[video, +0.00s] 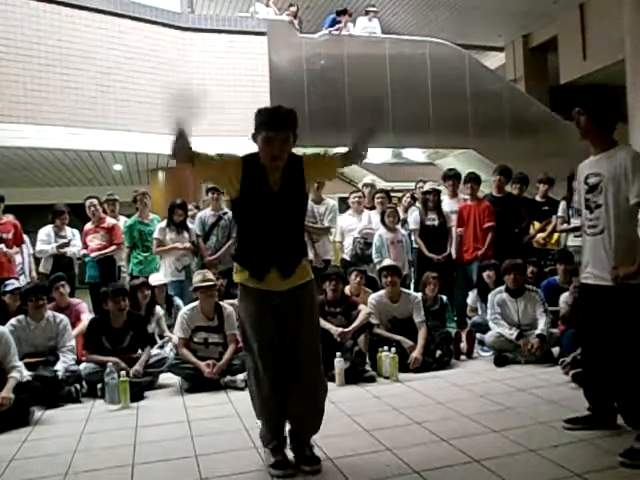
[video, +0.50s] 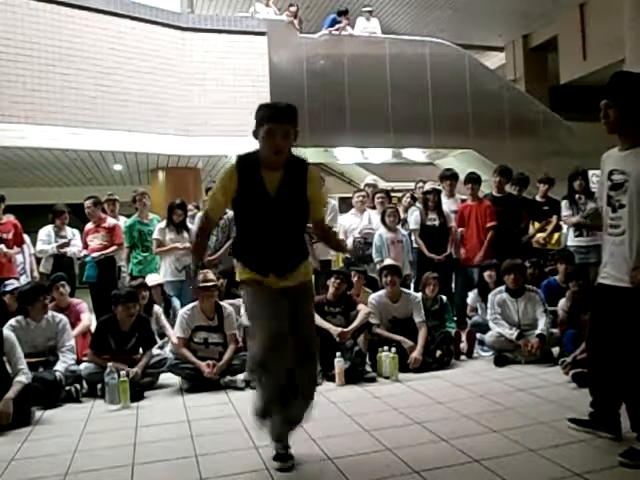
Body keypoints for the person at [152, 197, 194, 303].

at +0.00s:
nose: (178, 218)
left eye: (181, 215)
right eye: (176, 215)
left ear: (185, 215)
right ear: (171, 213)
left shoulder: (189, 228)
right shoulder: (162, 228)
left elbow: (196, 248)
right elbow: (155, 250)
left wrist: (189, 247)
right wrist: (174, 246)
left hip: (187, 268)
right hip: (170, 269)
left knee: (188, 302)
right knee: (174, 303)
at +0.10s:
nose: (178, 218)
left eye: (181, 215)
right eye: (176, 214)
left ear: (185, 215)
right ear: (171, 213)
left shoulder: (189, 229)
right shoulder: (162, 228)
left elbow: (196, 248)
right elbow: (155, 250)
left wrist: (189, 247)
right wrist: (174, 246)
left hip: (187, 268)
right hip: (170, 269)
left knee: (188, 302)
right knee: (174, 303)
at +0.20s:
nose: (179, 218)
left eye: (181, 215)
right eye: (176, 215)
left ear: (185, 215)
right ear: (171, 214)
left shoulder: (189, 228)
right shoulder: (162, 228)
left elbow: (196, 246)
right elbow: (155, 250)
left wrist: (189, 246)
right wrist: (173, 247)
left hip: (188, 270)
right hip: (171, 271)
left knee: (189, 303)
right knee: (177, 306)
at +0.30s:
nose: (178, 218)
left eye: (181, 215)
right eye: (176, 214)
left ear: (185, 215)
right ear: (170, 213)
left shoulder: (189, 228)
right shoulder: (161, 228)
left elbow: (196, 247)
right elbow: (156, 250)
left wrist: (189, 247)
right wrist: (174, 246)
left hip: (188, 269)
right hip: (171, 270)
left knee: (189, 302)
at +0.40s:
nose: (178, 218)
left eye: (181, 215)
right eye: (176, 214)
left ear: (185, 215)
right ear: (170, 213)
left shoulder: (189, 228)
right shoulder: (161, 228)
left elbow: (196, 247)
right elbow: (156, 250)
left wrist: (189, 247)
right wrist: (174, 246)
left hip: (188, 270)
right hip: (170, 271)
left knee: (189, 304)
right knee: (176, 306)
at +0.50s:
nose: (177, 218)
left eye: (180, 215)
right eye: (175, 214)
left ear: (185, 215)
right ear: (170, 213)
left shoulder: (189, 229)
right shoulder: (161, 228)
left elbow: (196, 246)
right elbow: (156, 249)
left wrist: (189, 247)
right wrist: (174, 246)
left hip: (187, 272)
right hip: (170, 273)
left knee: (187, 307)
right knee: (176, 307)